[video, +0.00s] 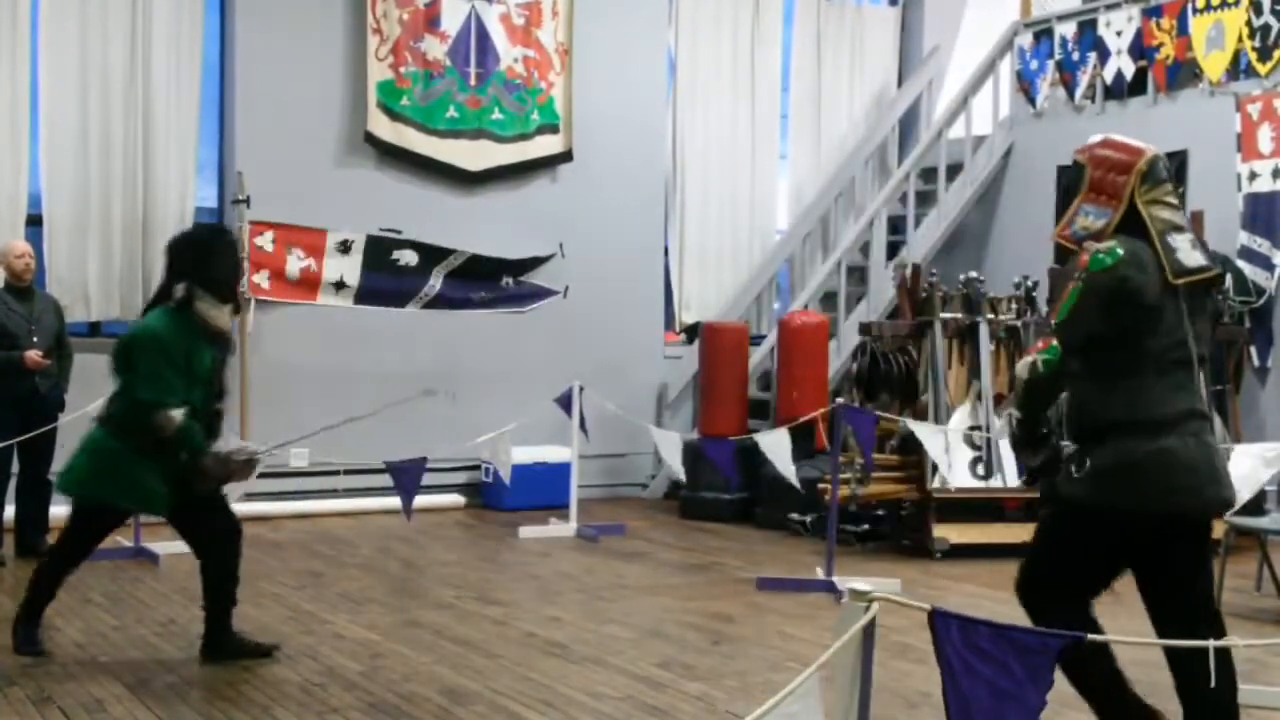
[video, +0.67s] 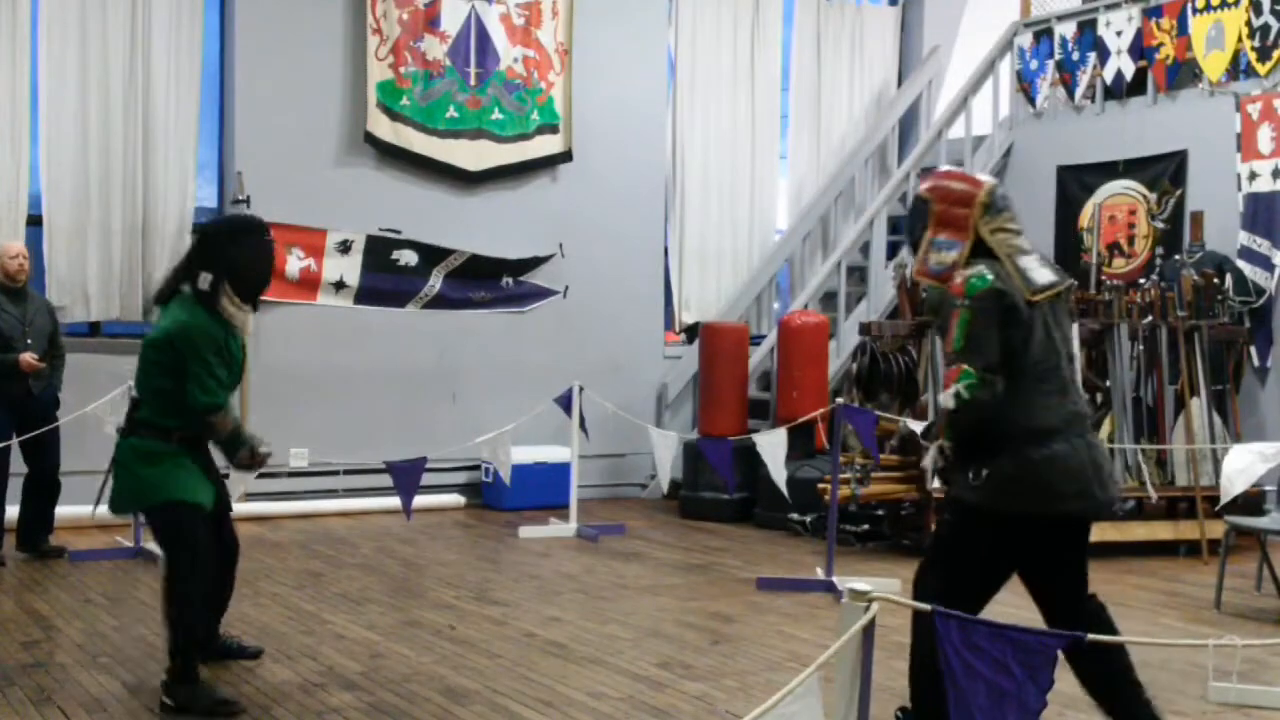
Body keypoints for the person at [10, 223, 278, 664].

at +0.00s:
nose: (237, 274)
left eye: (235, 264)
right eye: (228, 264)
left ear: (206, 274)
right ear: (199, 272)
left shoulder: (212, 332)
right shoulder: (157, 332)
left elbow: (207, 404)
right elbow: (156, 411)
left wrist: (207, 448)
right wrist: (200, 451)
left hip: (171, 466)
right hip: (122, 462)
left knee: (222, 535)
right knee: (74, 545)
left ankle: (219, 636)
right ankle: (27, 621)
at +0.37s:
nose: (244, 256)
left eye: (243, 246)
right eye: (236, 246)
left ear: (205, 253)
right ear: (208, 252)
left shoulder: (209, 309)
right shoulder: (161, 312)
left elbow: (216, 376)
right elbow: (189, 392)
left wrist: (240, 422)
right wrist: (246, 423)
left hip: (176, 442)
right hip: (127, 442)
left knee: (203, 538)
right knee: (126, 546)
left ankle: (203, 636)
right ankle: (61, 603)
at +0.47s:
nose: (250, 255)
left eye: (251, 244)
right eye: (242, 244)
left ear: (216, 250)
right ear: (212, 247)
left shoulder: (215, 307)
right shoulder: (171, 308)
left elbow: (224, 378)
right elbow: (207, 385)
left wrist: (259, 421)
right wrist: (260, 426)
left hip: (181, 437)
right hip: (138, 436)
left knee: (203, 536)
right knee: (154, 536)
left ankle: (204, 636)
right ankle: (99, 636)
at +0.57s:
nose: (262, 263)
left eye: (264, 253)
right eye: (256, 252)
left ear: (226, 253)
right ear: (226, 251)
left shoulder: (223, 308)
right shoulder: (176, 306)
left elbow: (224, 380)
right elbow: (209, 385)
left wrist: (251, 425)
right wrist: (251, 430)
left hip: (188, 437)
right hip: (149, 437)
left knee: (212, 537)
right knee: (167, 537)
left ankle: (205, 636)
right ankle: (148, 662)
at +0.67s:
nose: (271, 271)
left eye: (271, 259)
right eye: (263, 260)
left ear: (225, 265)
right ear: (233, 265)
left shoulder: (222, 316)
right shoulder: (193, 325)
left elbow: (211, 400)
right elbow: (207, 409)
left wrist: (235, 438)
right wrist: (241, 446)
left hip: (189, 454)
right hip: (155, 456)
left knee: (222, 546)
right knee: (190, 551)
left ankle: (205, 637)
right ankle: (181, 680)